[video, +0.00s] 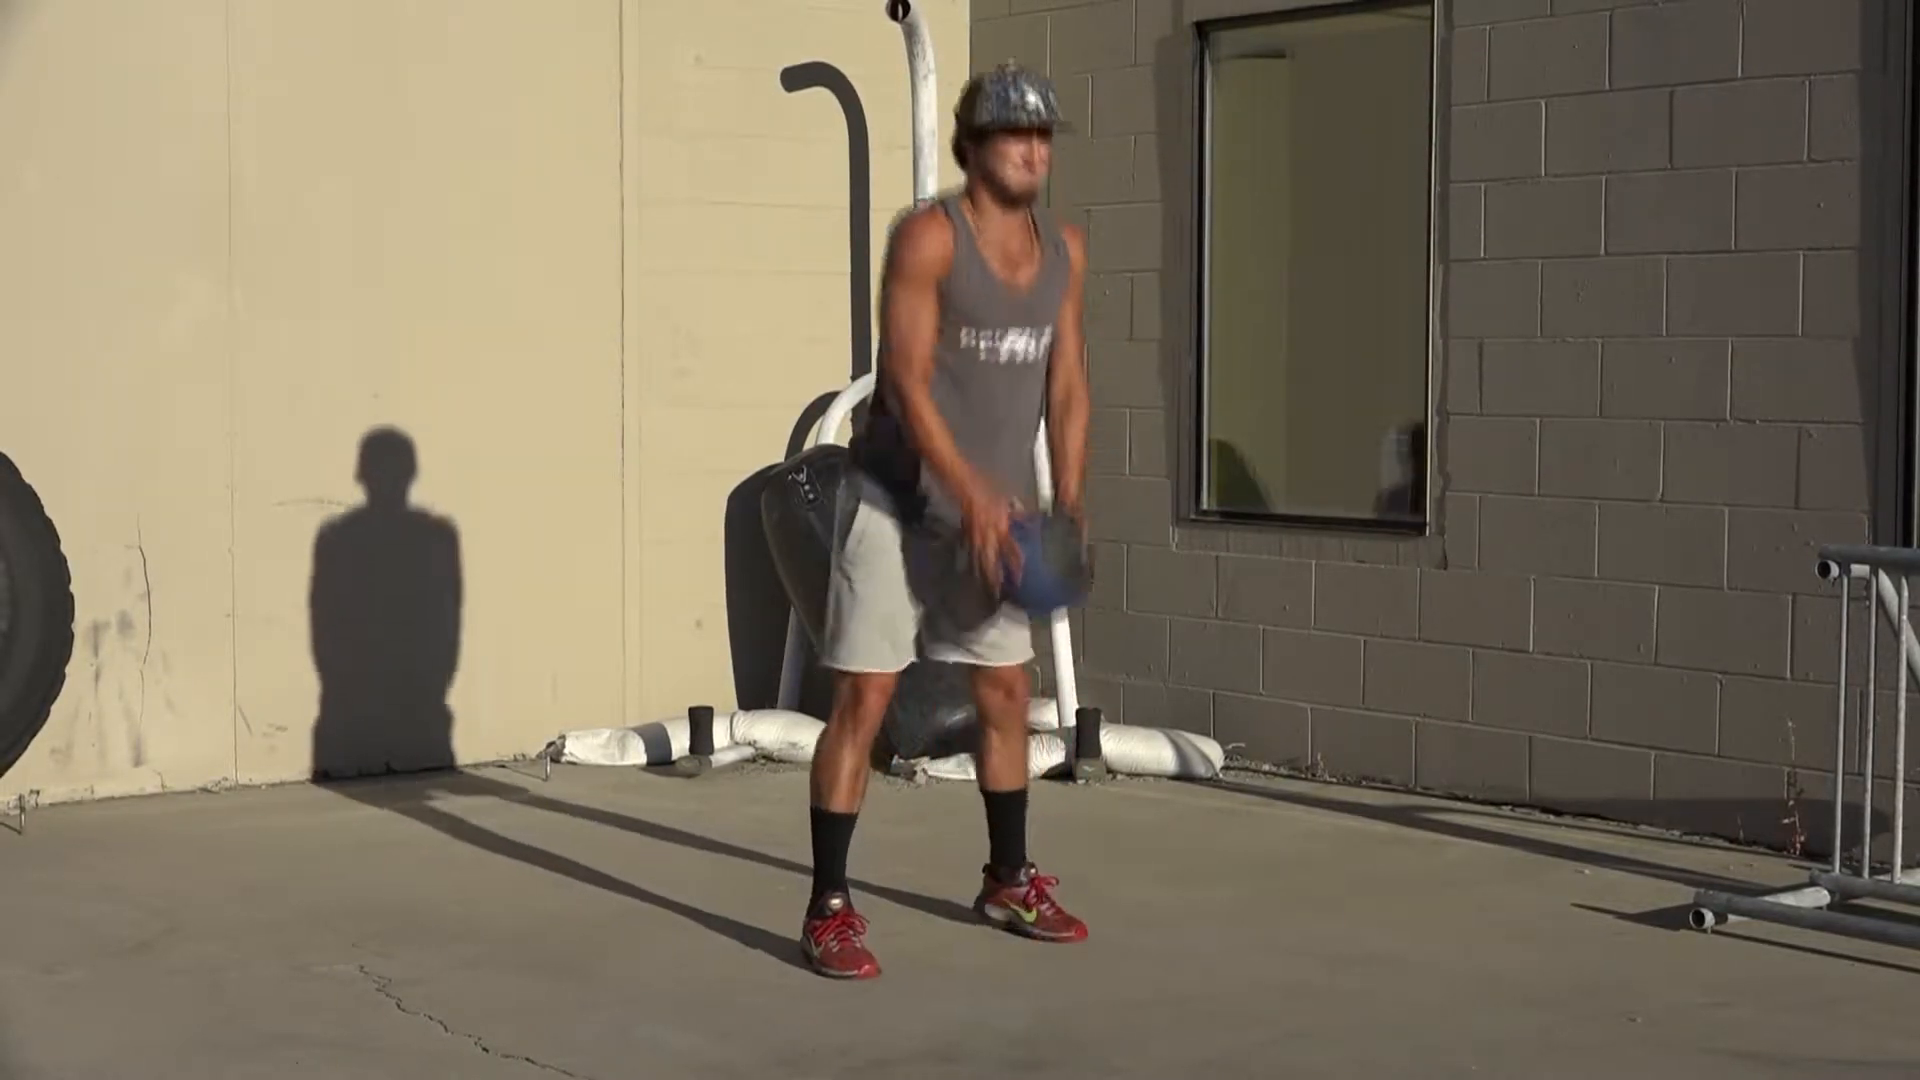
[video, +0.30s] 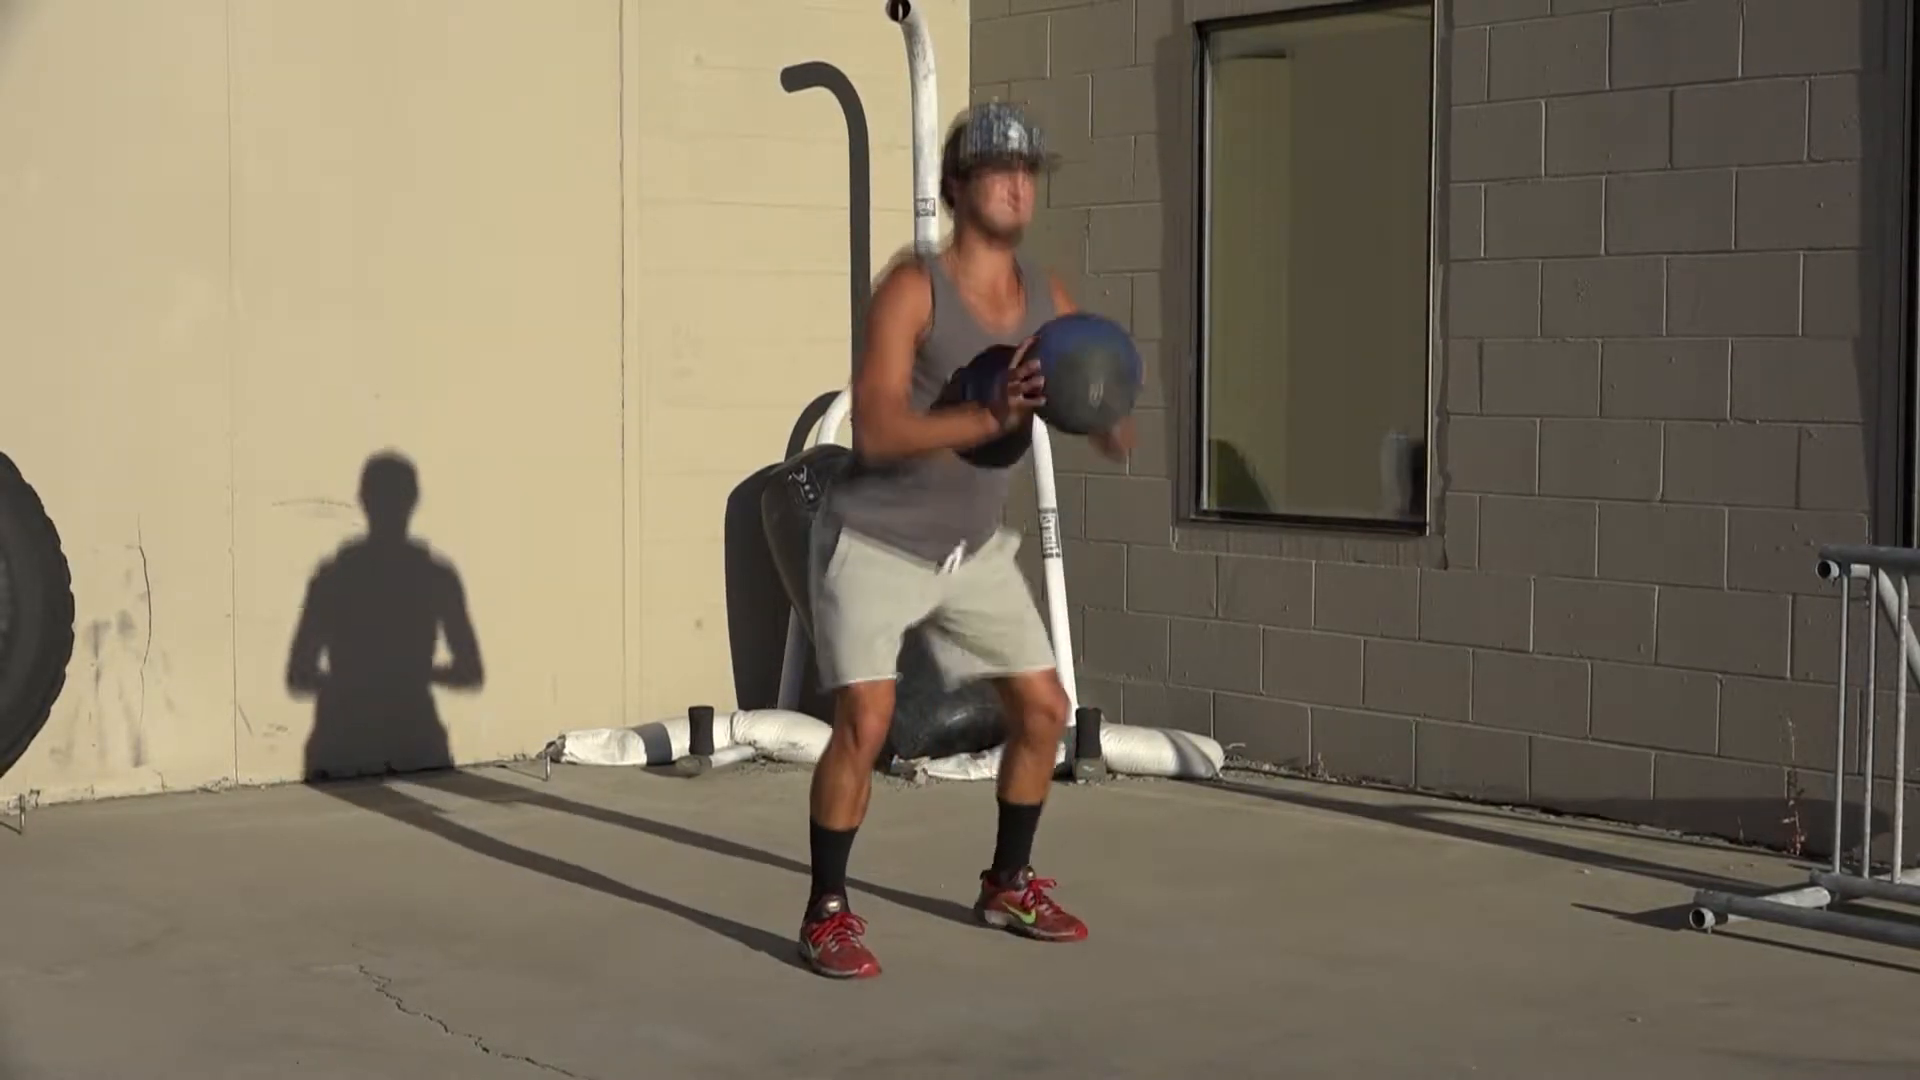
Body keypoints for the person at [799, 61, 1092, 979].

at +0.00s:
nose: (1029, 151)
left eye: (1040, 136)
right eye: (1010, 136)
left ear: (1051, 150)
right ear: (971, 147)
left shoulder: (1061, 247)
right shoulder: (927, 234)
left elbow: (1068, 383)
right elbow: (905, 383)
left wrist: (1068, 503)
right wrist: (970, 495)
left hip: (999, 503)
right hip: (901, 496)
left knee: (1006, 690)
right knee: (866, 696)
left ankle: (1010, 880)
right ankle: (829, 906)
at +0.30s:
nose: (1015, 185)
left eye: (1024, 171)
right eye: (995, 171)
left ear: (1038, 188)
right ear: (955, 187)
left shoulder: (1045, 292)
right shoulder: (910, 289)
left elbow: (1111, 438)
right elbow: (874, 435)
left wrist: (1097, 390)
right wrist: (995, 416)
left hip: (978, 546)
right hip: (876, 542)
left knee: (1043, 710)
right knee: (866, 724)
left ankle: (1010, 884)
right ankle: (826, 912)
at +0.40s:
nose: (1016, 285)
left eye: (1024, 270)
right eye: (997, 271)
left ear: (1036, 282)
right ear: (958, 283)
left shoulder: (1039, 386)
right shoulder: (913, 386)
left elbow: (1148, 527)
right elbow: (897, 527)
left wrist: (1120, 456)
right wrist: (1010, 473)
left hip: (966, 604)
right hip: (864, 597)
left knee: (1065, 721)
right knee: (866, 731)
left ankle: (1010, 884)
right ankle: (827, 912)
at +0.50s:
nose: (1015, 388)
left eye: (1023, 371)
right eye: (995, 374)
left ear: (1037, 386)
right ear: (958, 395)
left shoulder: (1041, 480)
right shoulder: (921, 491)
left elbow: (1164, 615)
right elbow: (924, 635)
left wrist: (1123, 544)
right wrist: (1019, 557)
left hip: (951, 656)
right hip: (846, 649)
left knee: (1071, 728)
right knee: (866, 736)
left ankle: (1008, 886)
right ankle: (827, 914)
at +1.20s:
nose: (1006, 269)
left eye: (1015, 253)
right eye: (987, 254)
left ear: (1025, 263)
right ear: (948, 264)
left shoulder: (1036, 360)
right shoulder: (911, 369)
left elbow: (1152, 492)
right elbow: (893, 515)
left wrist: (1099, 427)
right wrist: (991, 441)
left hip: (968, 580)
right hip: (868, 575)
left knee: (1055, 713)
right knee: (867, 723)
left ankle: (1008, 885)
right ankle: (825, 912)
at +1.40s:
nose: (998, 156)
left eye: (1007, 142)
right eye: (979, 141)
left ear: (1020, 157)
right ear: (940, 157)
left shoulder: (1042, 272)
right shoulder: (905, 267)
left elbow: (1101, 418)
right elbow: (861, 415)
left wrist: (1072, 361)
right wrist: (965, 377)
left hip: (980, 527)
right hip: (881, 524)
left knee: (1010, 697)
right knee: (859, 709)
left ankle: (1005, 885)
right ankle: (824, 912)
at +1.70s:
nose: (1006, 163)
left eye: (1019, 149)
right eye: (988, 145)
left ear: (1031, 160)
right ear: (951, 150)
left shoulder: (1044, 266)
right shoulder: (903, 259)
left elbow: (1058, 403)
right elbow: (864, 406)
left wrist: (1075, 489)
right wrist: (957, 483)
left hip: (985, 516)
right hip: (883, 513)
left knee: (1001, 698)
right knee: (853, 705)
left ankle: (1005, 885)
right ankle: (823, 911)